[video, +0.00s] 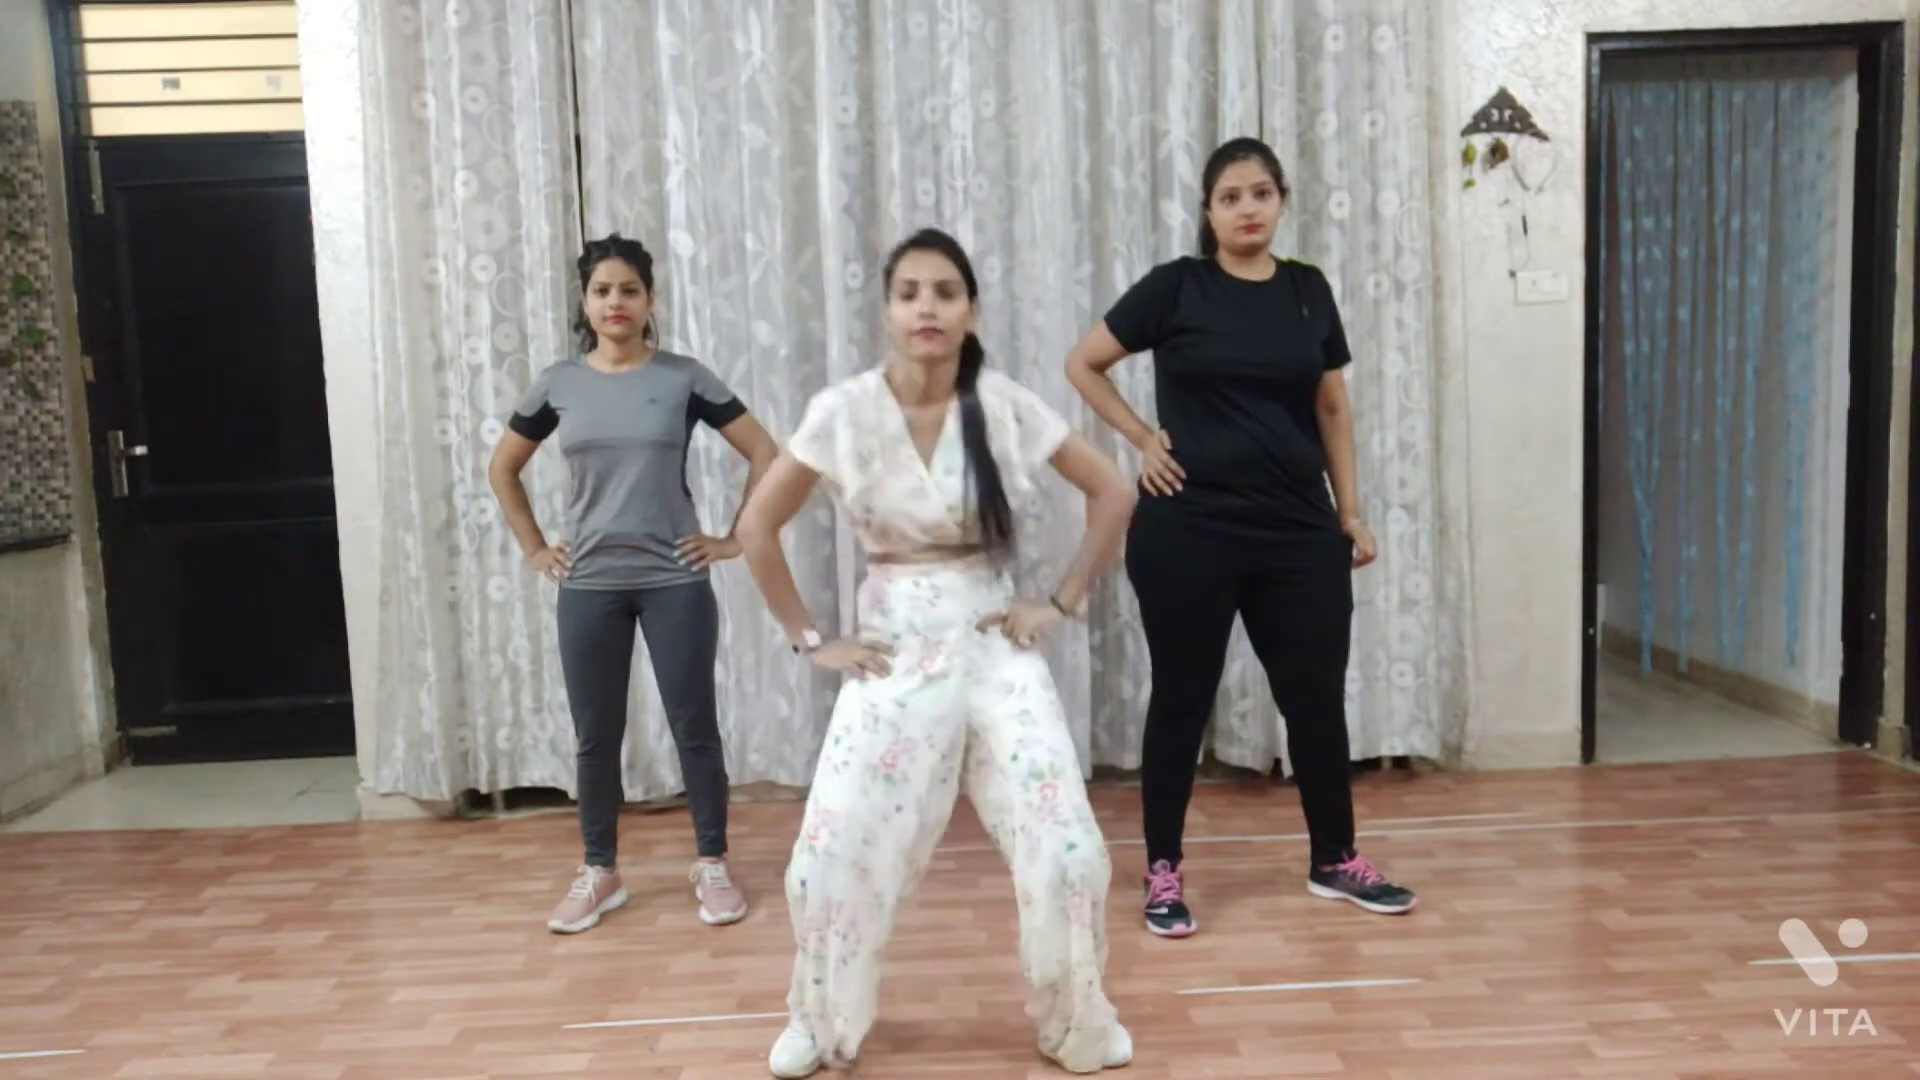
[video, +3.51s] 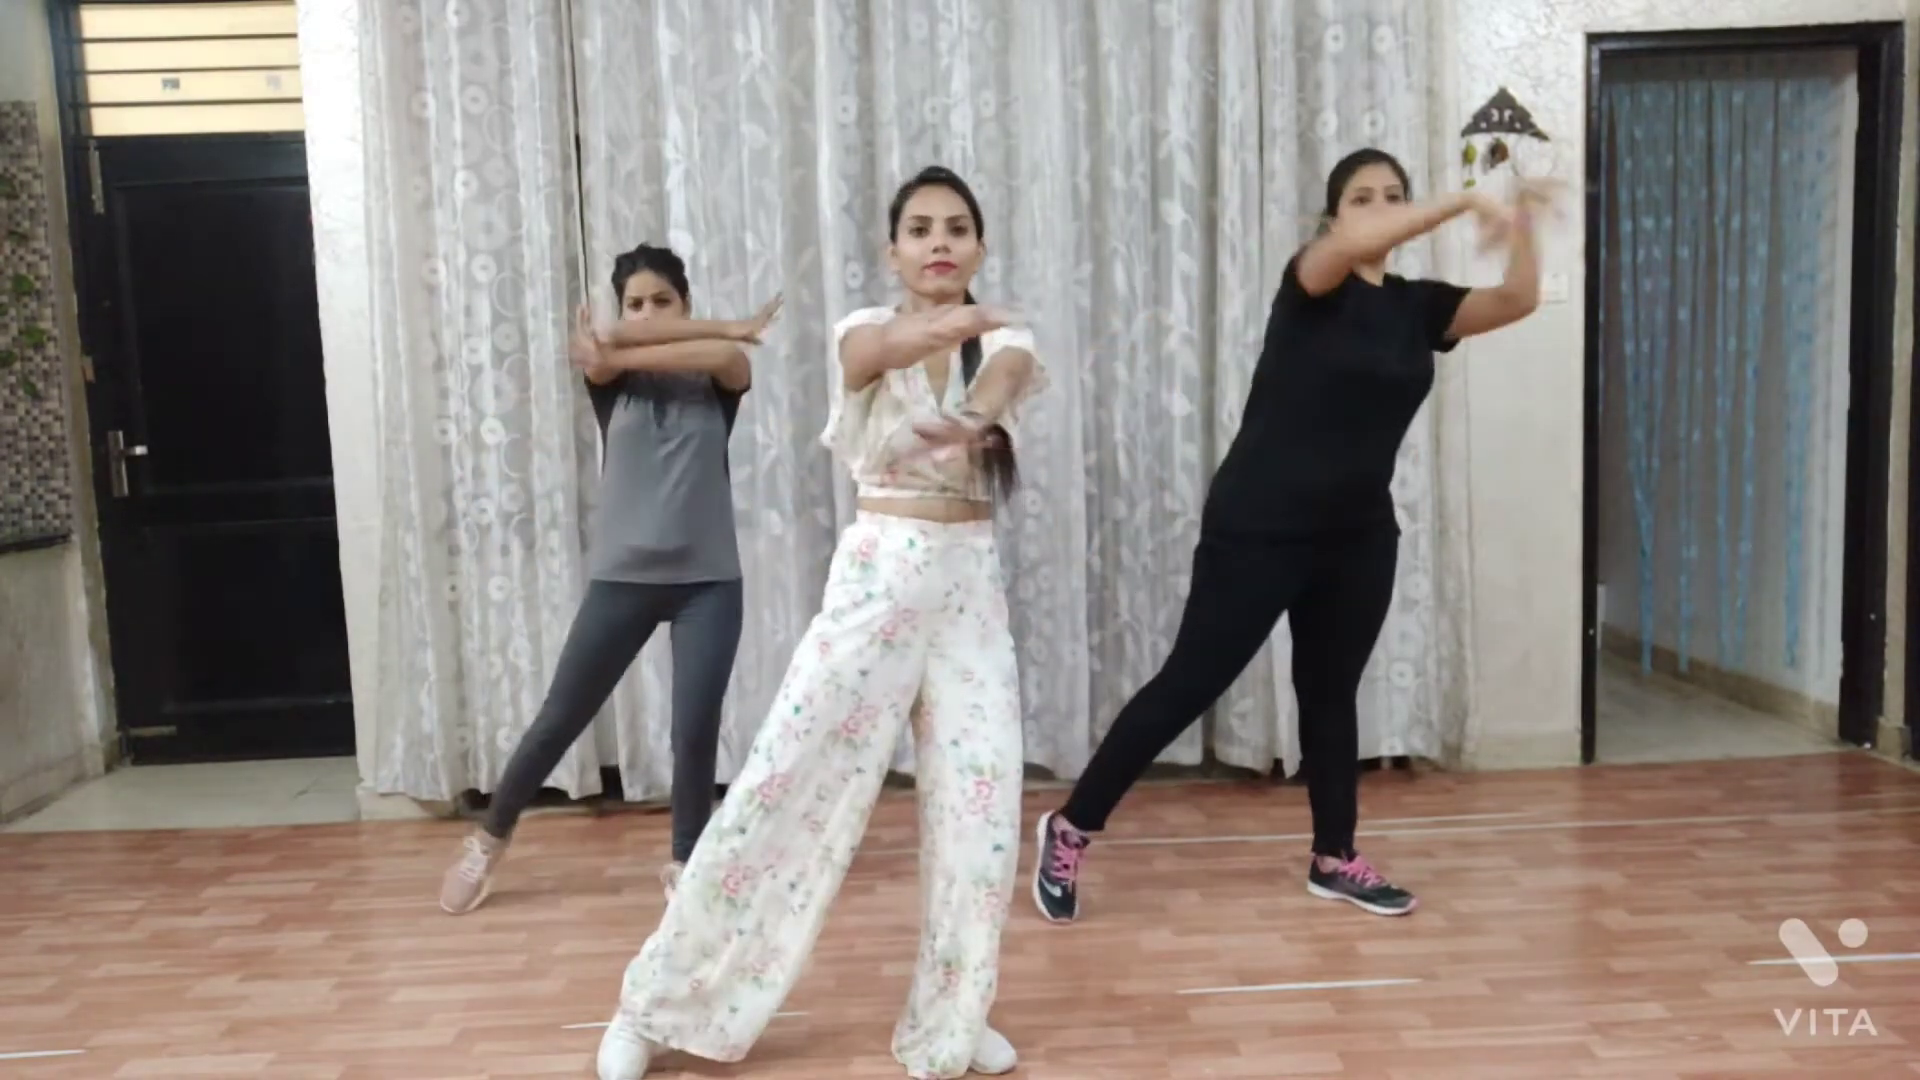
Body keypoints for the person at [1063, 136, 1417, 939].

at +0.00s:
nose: (1249, 209)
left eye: (1262, 194)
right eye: (1232, 196)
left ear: (1282, 203)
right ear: (1208, 209)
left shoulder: (1307, 289)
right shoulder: (1175, 288)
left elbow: (1334, 408)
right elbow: (1082, 365)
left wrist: (1349, 512)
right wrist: (1143, 438)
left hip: (1296, 528)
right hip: (1188, 526)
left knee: (1317, 698)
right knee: (1182, 699)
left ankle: (1336, 860)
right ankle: (1163, 870)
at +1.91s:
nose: (1249, 207)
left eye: (1262, 193)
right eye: (1233, 195)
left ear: (1283, 203)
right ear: (1209, 207)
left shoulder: (1308, 290)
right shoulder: (1175, 288)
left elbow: (1334, 409)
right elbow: (1082, 363)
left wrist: (1349, 512)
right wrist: (1142, 438)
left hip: (1296, 529)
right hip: (1188, 527)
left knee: (1317, 698)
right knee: (1181, 699)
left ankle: (1336, 861)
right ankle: (1163, 871)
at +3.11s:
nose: (1343, 190)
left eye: (1357, 180)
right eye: (1327, 181)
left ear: (1379, 204)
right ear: (1303, 206)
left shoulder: (1394, 298)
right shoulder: (1269, 283)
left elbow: (1420, 402)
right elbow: (1159, 358)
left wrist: (1450, 488)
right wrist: (1131, 462)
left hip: (1357, 527)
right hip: (1252, 522)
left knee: (1340, 695)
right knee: (1190, 689)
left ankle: (1334, 859)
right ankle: (1078, 834)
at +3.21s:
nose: (1361, 200)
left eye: (1374, 190)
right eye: (1344, 191)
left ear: (1392, 212)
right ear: (1317, 213)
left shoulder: (1405, 307)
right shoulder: (1284, 278)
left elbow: (1485, 375)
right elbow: (1176, 314)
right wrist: (1152, 404)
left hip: (1358, 528)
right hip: (1256, 520)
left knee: (1336, 692)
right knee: (1195, 689)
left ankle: (1335, 856)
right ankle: (1079, 836)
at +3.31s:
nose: (1370, 204)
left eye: (1383, 194)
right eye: (1353, 194)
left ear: (1397, 215)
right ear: (1323, 214)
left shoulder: (1412, 306)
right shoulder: (1292, 270)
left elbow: (1511, 335)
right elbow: (1229, 278)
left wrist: (1611, 349)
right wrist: (1241, 331)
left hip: (1357, 527)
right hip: (1260, 517)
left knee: (1335, 691)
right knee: (1195, 687)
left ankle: (1335, 856)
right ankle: (1077, 831)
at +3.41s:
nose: (1374, 209)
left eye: (1386, 198)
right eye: (1357, 198)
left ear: (1399, 215)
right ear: (1325, 216)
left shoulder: (1414, 301)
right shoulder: (1296, 269)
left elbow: (1521, 309)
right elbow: (1270, 255)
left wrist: (1617, 296)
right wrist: (1337, 282)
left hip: (1356, 530)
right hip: (1257, 520)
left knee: (1333, 694)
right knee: (1195, 684)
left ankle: (1335, 857)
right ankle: (1075, 831)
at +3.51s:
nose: (1379, 209)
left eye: (1393, 200)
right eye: (1363, 199)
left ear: (1413, 217)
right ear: (1333, 221)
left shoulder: (1417, 306)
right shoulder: (1311, 282)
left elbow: (1519, 299)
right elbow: (1349, 243)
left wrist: (1522, 224)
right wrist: (1467, 204)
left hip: (1356, 532)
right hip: (1259, 522)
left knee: (1330, 695)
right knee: (1188, 685)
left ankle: (1334, 857)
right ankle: (1069, 831)